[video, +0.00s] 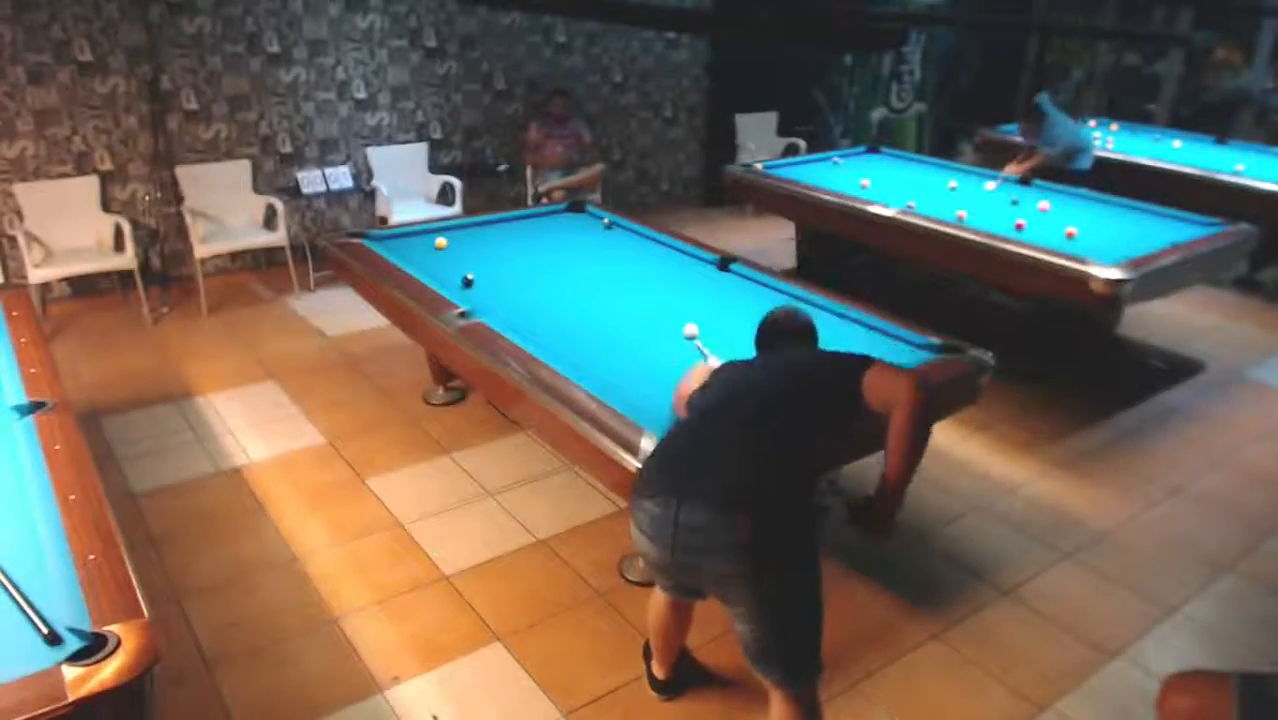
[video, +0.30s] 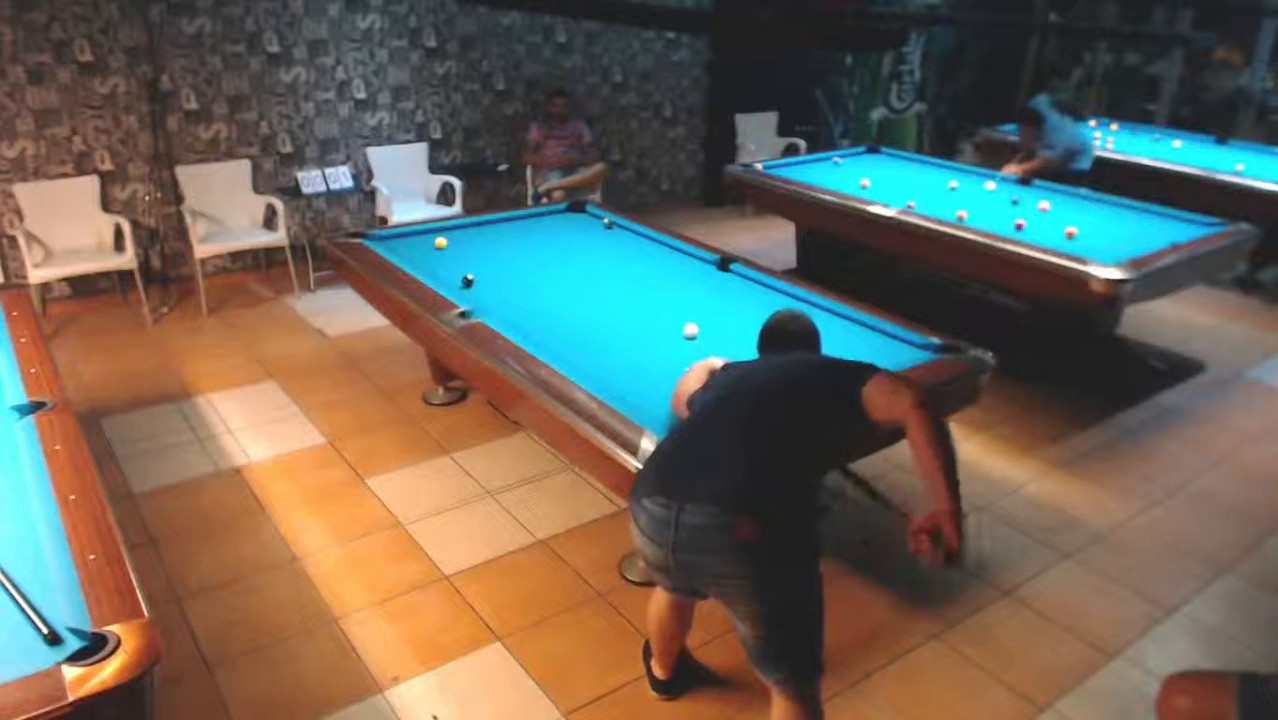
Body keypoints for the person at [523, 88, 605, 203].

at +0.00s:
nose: (559, 111)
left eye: (563, 106)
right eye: (555, 106)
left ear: (569, 107)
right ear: (548, 107)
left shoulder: (577, 125)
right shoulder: (538, 126)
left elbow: (589, 148)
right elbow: (529, 156)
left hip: (573, 168)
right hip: (547, 170)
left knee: (599, 168)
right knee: (558, 195)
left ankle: (548, 189)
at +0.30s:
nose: (559, 110)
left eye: (563, 106)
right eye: (555, 106)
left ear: (568, 107)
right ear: (548, 107)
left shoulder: (578, 126)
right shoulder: (539, 127)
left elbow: (592, 155)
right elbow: (528, 156)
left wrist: (572, 160)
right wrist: (553, 161)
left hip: (576, 166)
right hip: (550, 169)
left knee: (602, 169)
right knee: (558, 196)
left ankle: (551, 186)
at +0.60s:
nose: (561, 111)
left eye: (563, 106)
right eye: (557, 107)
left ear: (569, 107)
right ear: (549, 108)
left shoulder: (578, 125)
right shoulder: (539, 127)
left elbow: (592, 153)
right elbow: (528, 157)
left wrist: (574, 160)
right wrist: (553, 162)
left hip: (577, 166)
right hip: (551, 169)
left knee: (601, 169)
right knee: (559, 196)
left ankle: (548, 188)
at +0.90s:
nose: (560, 111)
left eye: (563, 106)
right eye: (556, 107)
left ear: (569, 107)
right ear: (549, 108)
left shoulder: (578, 125)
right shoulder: (539, 127)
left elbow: (592, 152)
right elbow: (528, 157)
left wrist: (574, 161)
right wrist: (553, 162)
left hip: (577, 166)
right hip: (551, 169)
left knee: (601, 169)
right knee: (559, 196)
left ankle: (548, 187)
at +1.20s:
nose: (560, 111)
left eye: (563, 106)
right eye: (555, 107)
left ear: (568, 107)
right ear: (549, 108)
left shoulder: (578, 125)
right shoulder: (540, 127)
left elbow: (593, 155)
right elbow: (528, 156)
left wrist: (572, 160)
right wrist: (551, 162)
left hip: (576, 166)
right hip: (552, 169)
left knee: (601, 168)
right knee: (558, 196)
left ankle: (550, 187)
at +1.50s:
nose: (560, 111)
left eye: (563, 106)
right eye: (555, 107)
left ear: (568, 108)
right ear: (549, 108)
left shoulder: (578, 125)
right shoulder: (540, 127)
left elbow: (593, 155)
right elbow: (528, 157)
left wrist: (572, 160)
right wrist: (552, 162)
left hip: (576, 166)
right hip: (552, 169)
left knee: (601, 168)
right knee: (558, 196)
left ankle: (549, 187)